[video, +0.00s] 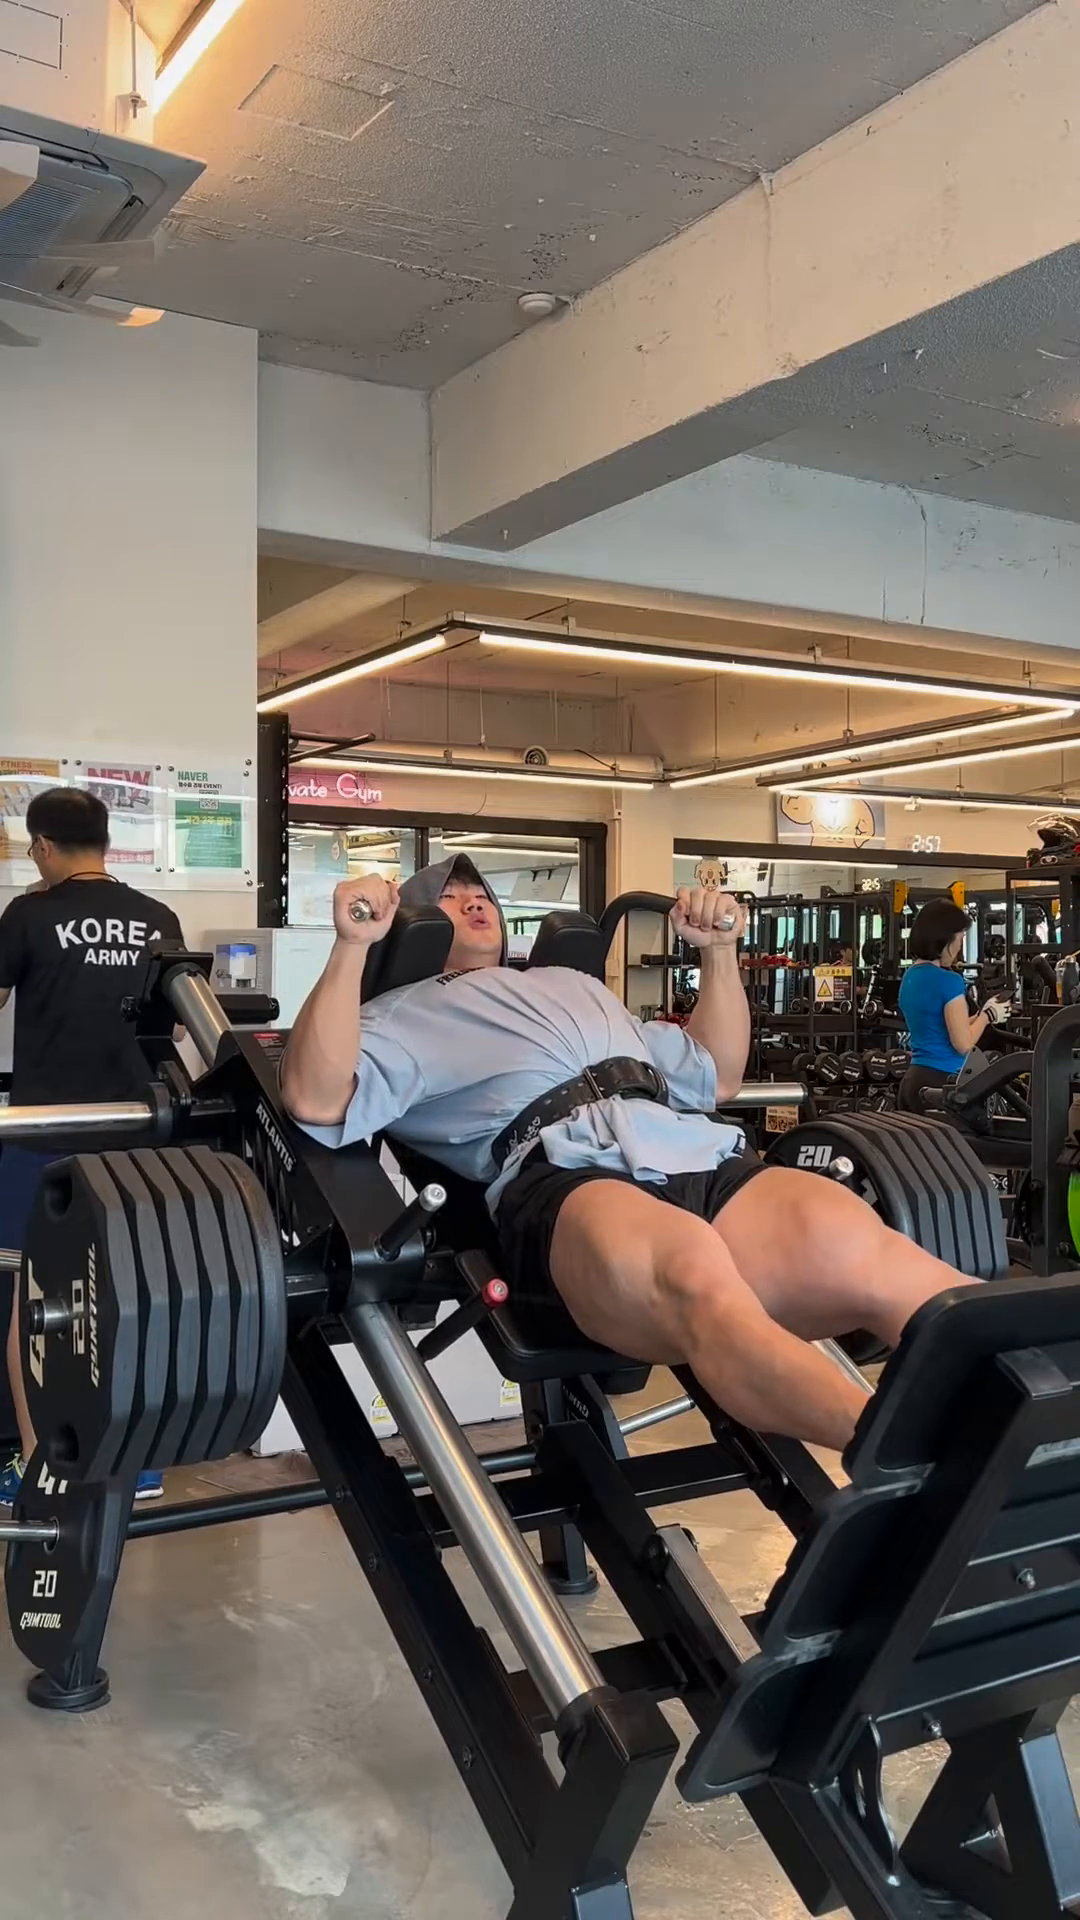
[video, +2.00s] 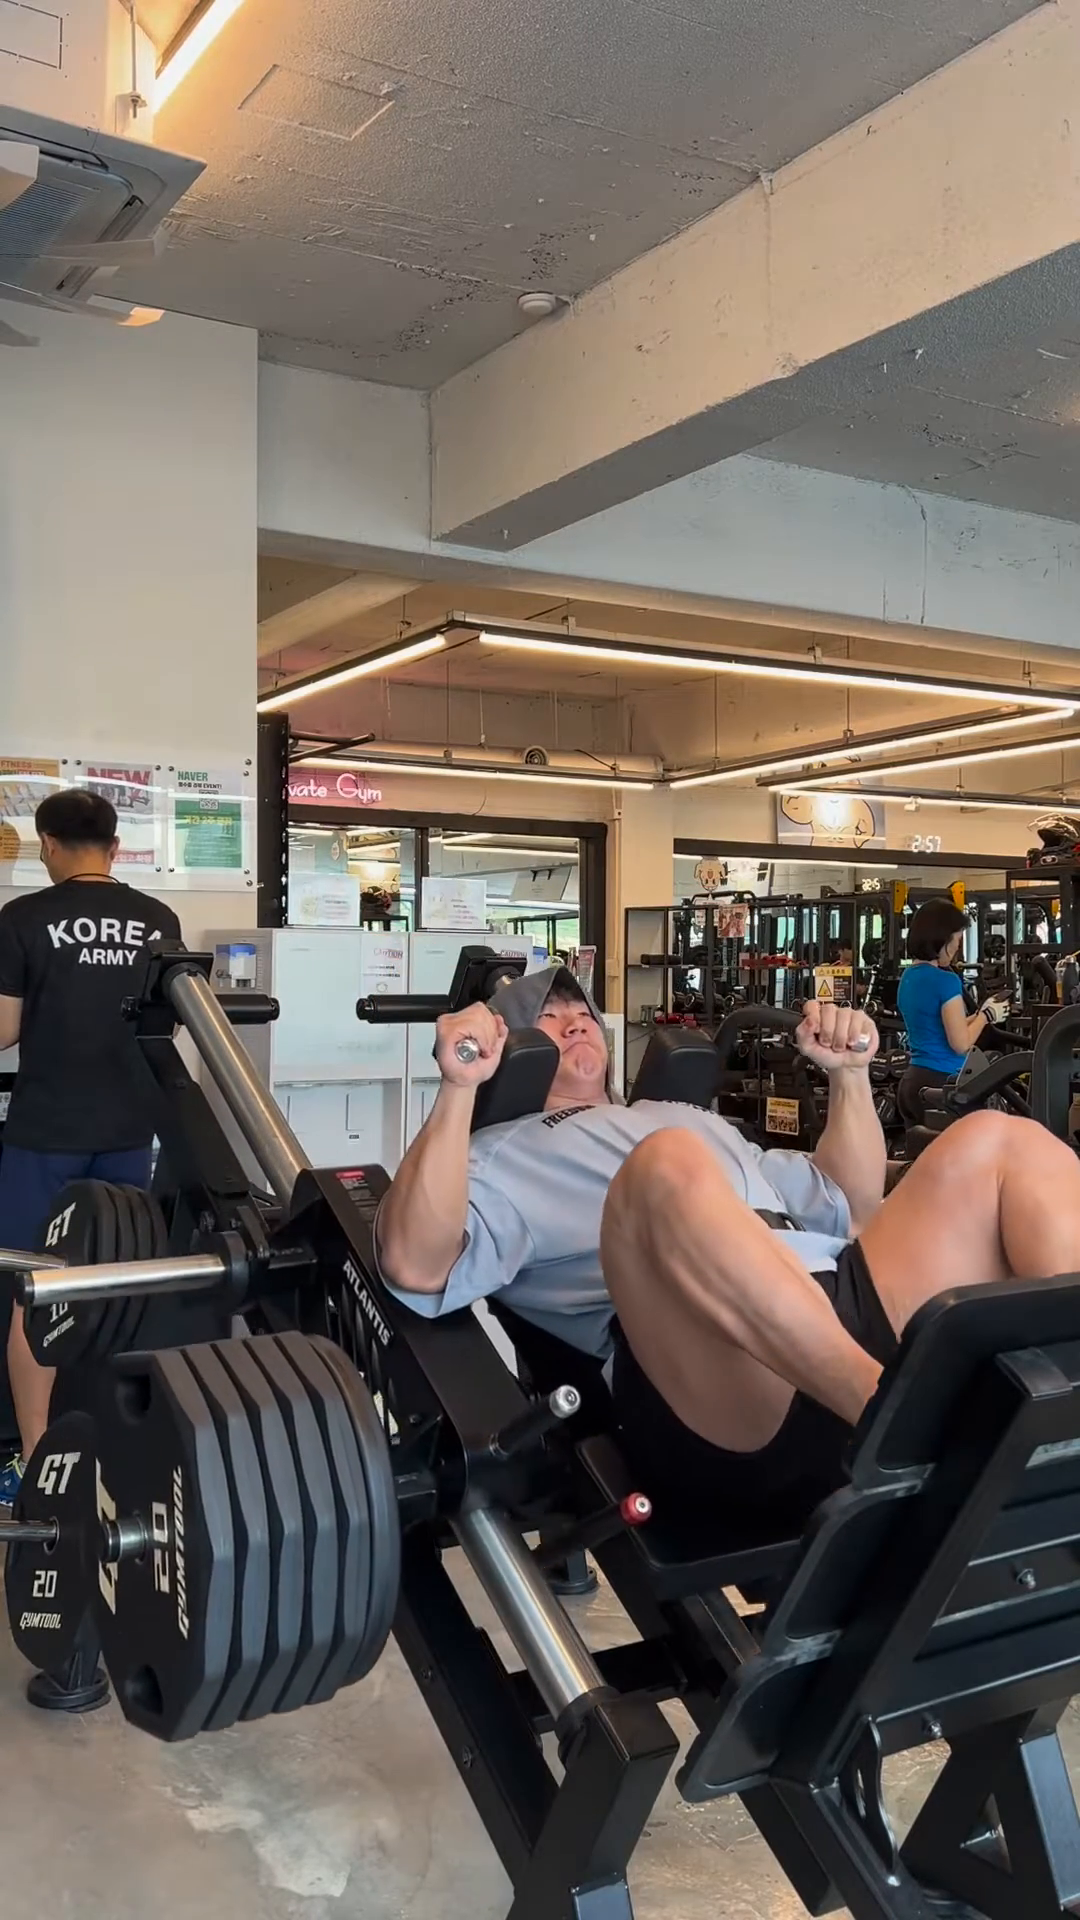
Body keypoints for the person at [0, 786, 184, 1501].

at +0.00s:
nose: (30, 860)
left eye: (31, 849)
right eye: (31, 849)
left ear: (43, 846)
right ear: (106, 846)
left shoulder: (29, 915)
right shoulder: (159, 917)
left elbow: (4, 984)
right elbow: (176, 1019)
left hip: (40, 1131)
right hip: (135, 1135)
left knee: (26, 1296)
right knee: (132, 1293)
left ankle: (35, 1454)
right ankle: (139, 1461)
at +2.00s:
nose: (49, 858)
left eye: (45, 848)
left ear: (48, 847)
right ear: (115, 848)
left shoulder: (25, 917)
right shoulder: (160, 917)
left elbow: (5, 1029)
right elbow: (175, 1020)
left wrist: (55, 1014)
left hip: (47, 1128)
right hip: (136, 1128)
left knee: (27, 1295)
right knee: (124, 1290)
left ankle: (41, 1462)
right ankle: (126, 1453)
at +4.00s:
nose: (45, 859)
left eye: (43, 848)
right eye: (47, 849)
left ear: (49, 846)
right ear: (115, 847)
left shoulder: (29, 920)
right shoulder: (163, 918)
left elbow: (7, 1031)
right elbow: (171, 1019)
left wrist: (62, 1014)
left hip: (50, 1132)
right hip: (138, 1133)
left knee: (26, 1299)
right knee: (131, 1292)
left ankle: (40, 1463)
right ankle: (136, 1455)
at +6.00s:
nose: (51, 857)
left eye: (49, 846)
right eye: (61, 847)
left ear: (51, 846)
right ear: (119, 848)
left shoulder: (31, 918)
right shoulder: (164, 921)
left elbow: (6, 1033)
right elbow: (176, 1029)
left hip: (46, 1139)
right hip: (138, 1141)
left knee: (30, 1299)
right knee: (135, 1297)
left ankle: (36, 1459)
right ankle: (139, 1465)